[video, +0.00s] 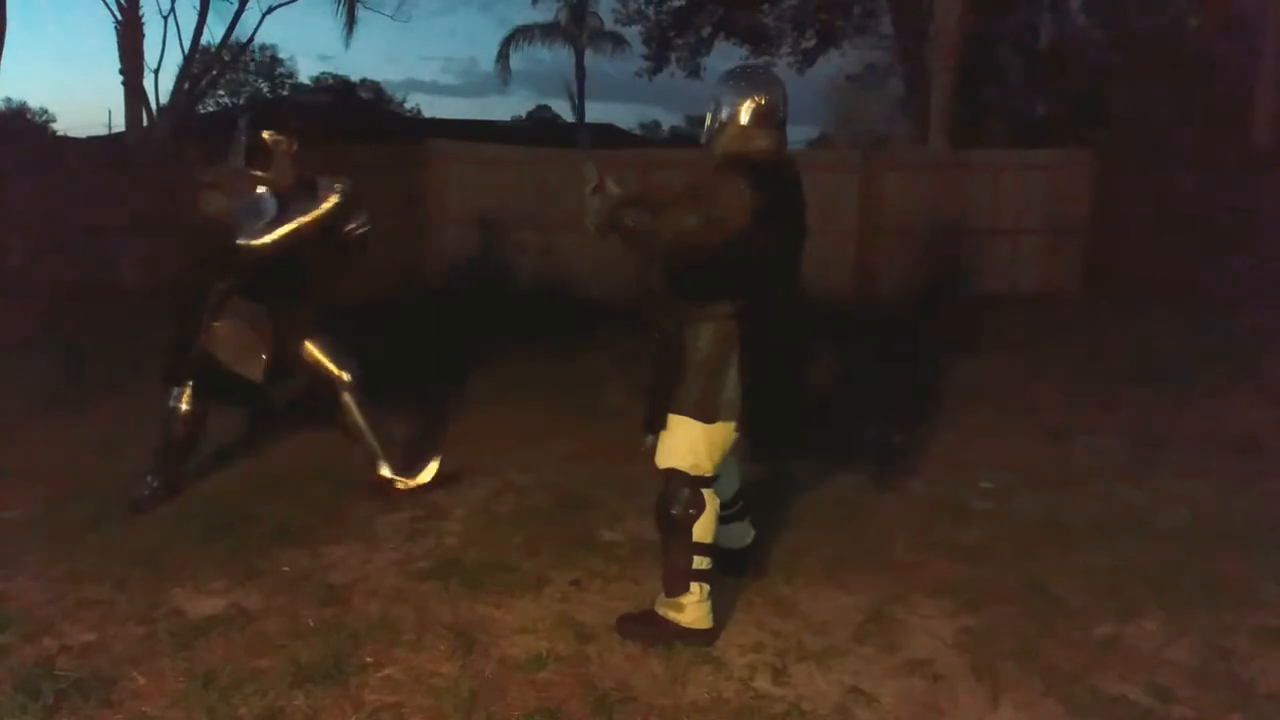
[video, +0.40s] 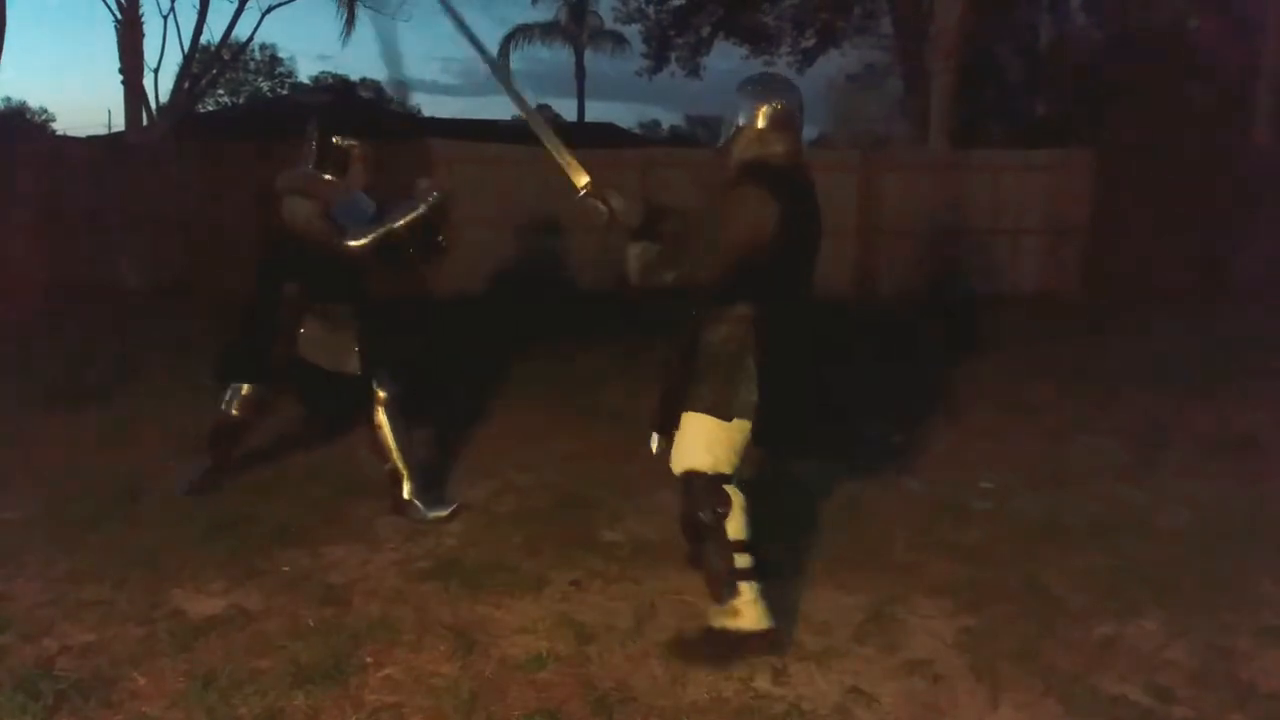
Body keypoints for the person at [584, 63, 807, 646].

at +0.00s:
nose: (712, 129)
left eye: (719, 119)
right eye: (718, 119)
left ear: (734, 123)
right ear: (773, 125)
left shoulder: (740, 183)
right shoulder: (775, 178)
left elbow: (686, 242)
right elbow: (693, 216)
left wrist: (620, 215)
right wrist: (631, 203)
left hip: (719, 333)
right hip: (749, 329)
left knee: (683, 467)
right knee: (716, 433)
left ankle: (687, 607)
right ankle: (728, 528)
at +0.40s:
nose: (732, 131)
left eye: (740, 119)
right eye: (738, 119)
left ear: (756, 124)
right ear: (788, 127)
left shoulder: (759, 189)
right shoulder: (787, 187)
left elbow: (723, 272)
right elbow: (718, 256)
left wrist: (660, 267)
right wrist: (645, 222)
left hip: (744, 349)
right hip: (756, 342)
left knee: (703, 467)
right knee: (714, 466)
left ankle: (741, 608)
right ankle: (737, 602)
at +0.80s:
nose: (738, 129)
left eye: (746, 119)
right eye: (743, 119)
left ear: (765, 124)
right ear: (800, 125)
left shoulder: (765, 189)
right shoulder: (808, 183)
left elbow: (705, 256)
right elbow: (725, 243)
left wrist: (637, 238)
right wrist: (656, 225)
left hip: (747, 351)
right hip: (778, 343)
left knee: (729, 495)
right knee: (740, 464)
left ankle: (759, 642)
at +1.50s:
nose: (729, 139)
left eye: (738, 128)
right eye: (735, 127)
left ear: (755, 133)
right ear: (791, 134)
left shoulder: (753, 202)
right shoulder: (785, 196)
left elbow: (692, 263)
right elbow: (703, 240)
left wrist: (615, 247)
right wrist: (637, 226)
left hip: (728, 363)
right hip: (756, 355)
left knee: (689, 503)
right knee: (695, 456)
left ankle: (768, 645)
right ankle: (690, 551)